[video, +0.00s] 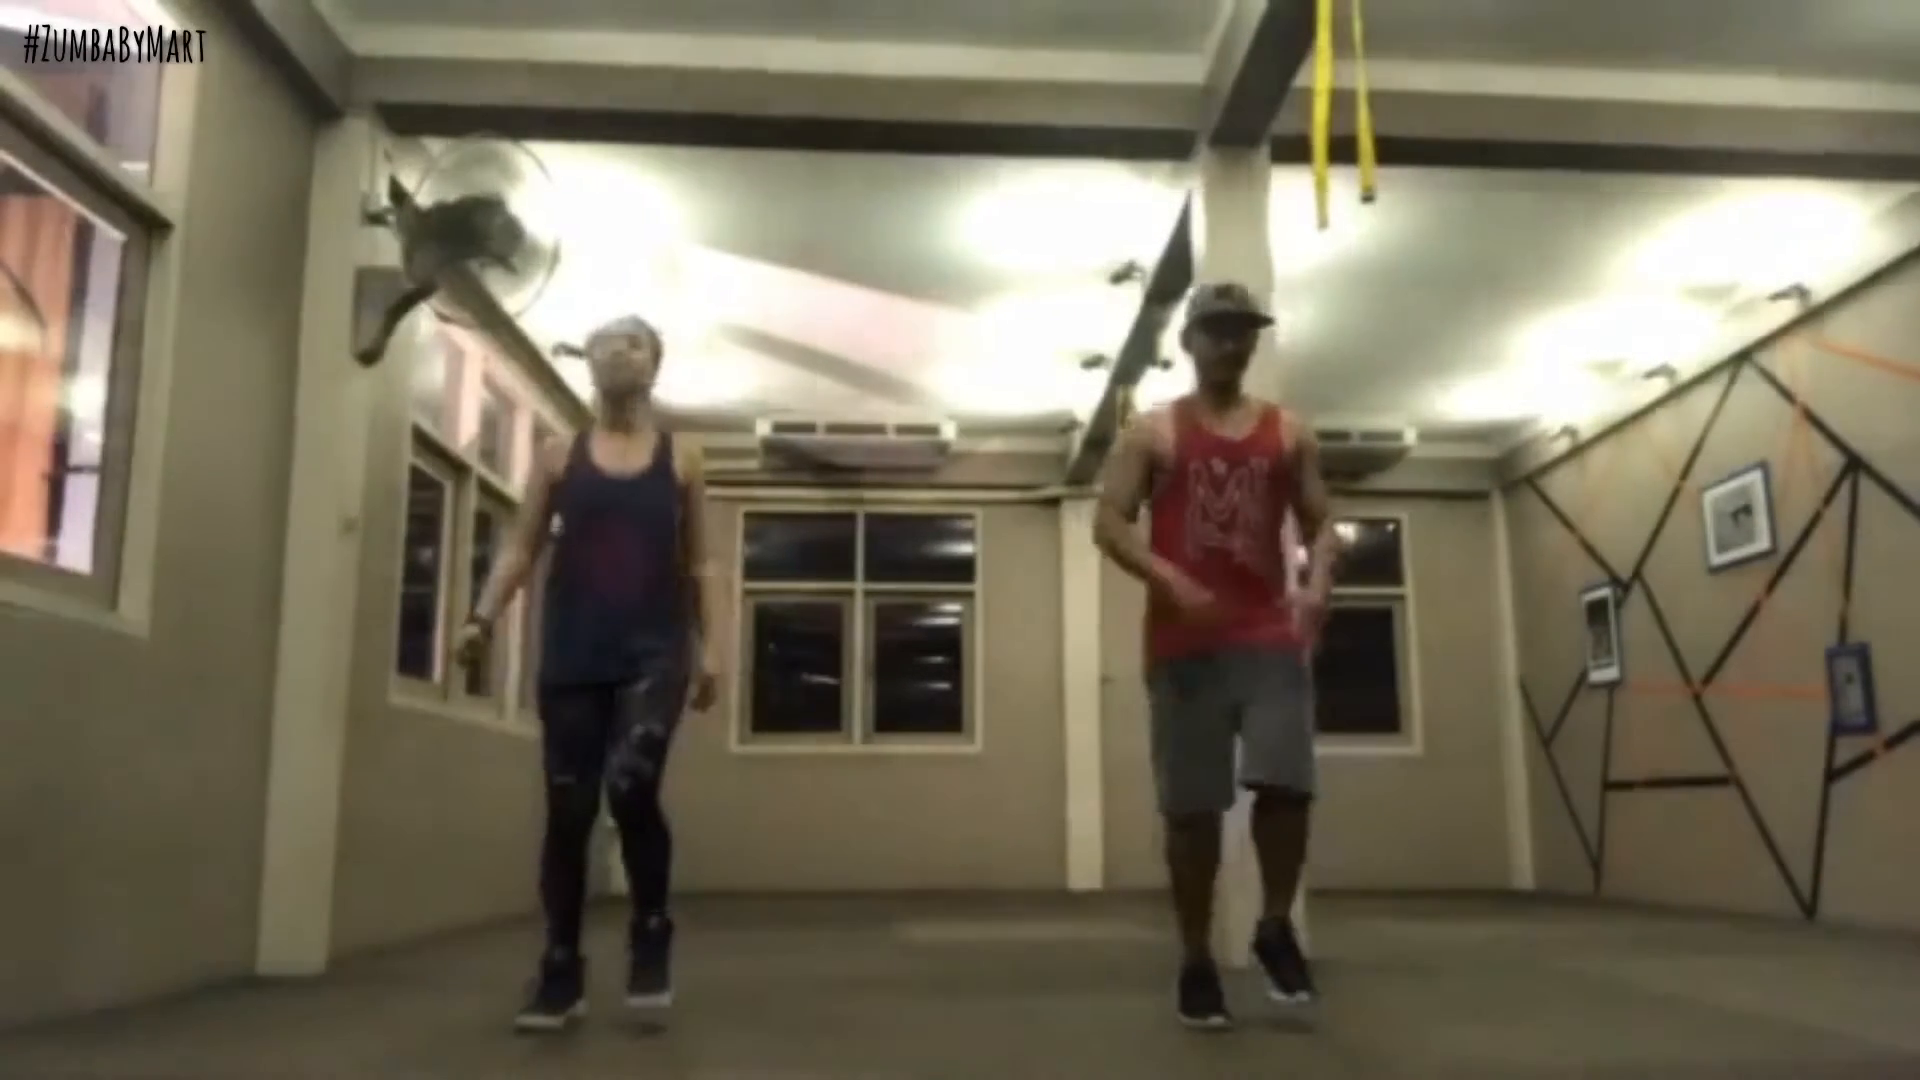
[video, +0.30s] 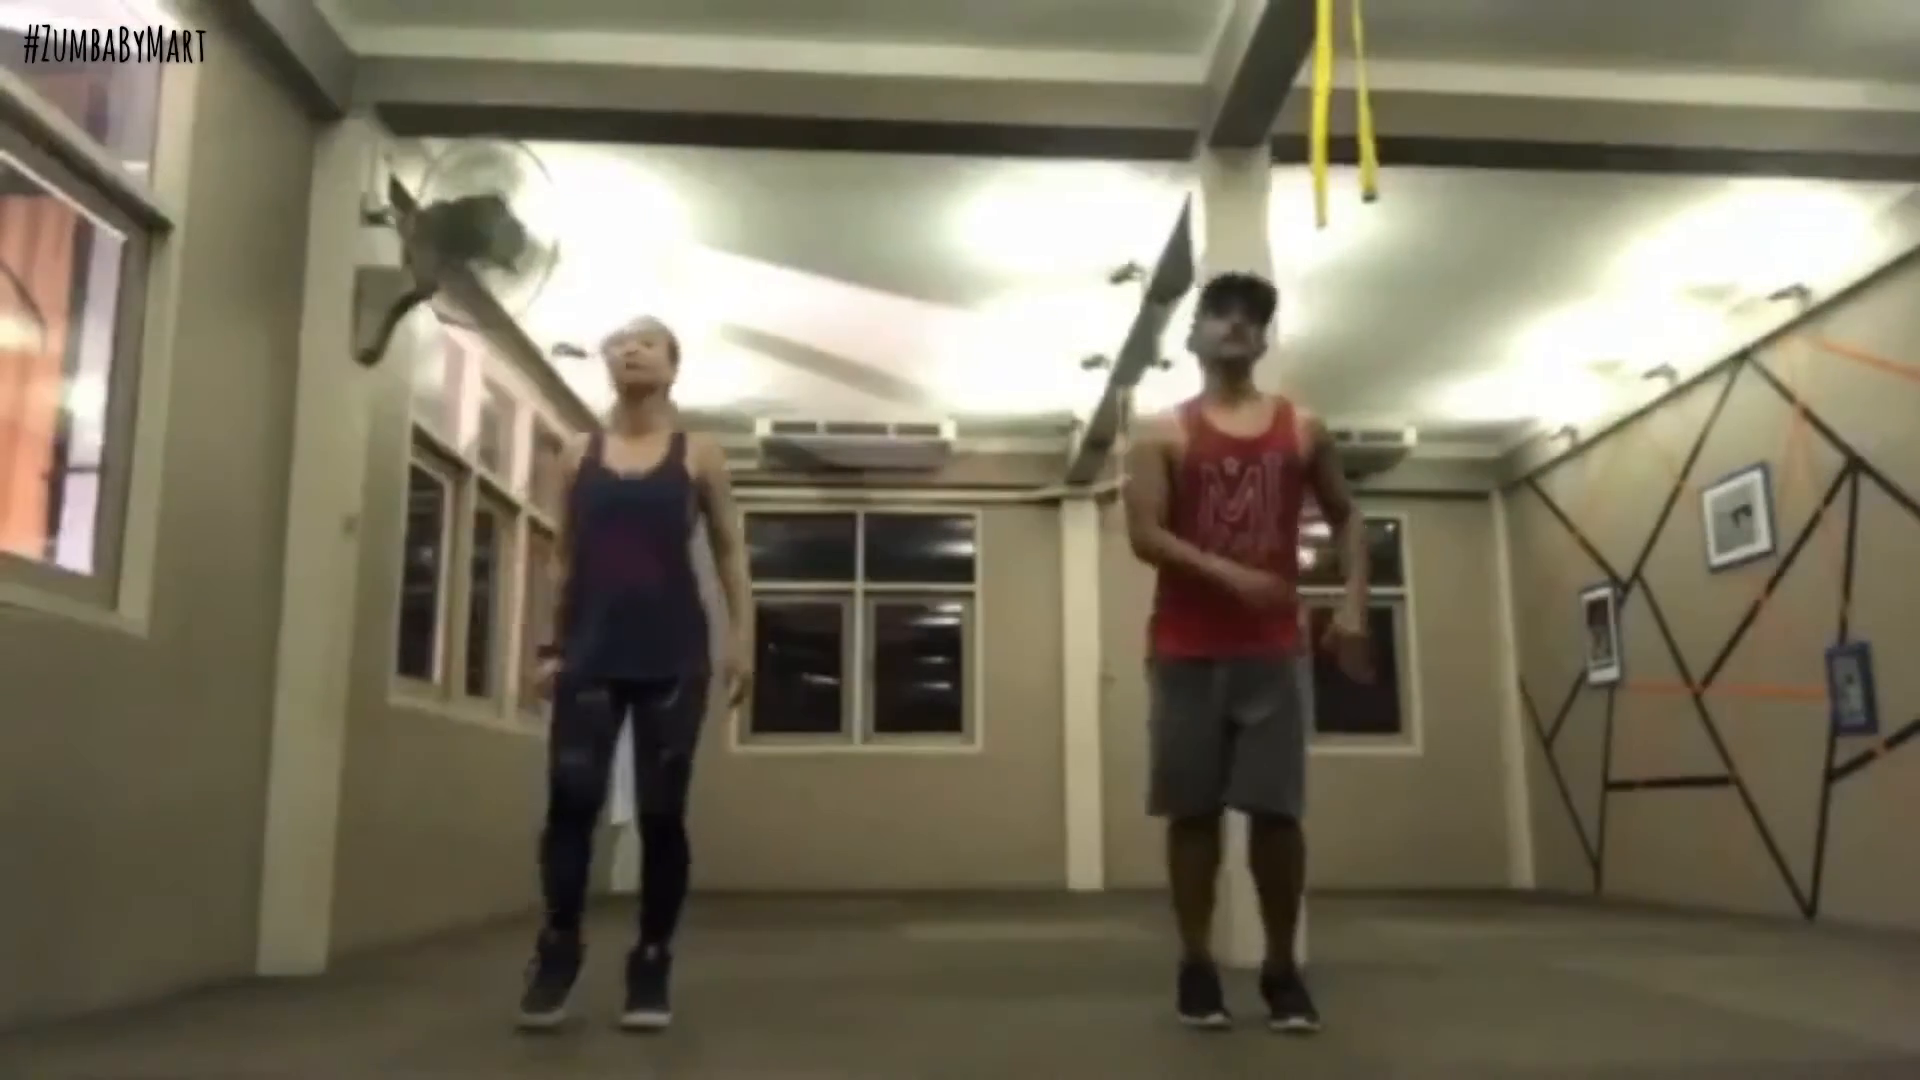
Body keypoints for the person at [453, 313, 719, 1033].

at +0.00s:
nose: (623, 354)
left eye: (636, 345)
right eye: (611, 344)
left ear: (655, 367)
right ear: (589, 365)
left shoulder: (680, 457)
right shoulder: (561, 455)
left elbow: (698, 564)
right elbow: (525, 547)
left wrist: (711, 653)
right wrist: (482, 619)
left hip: (655, 655)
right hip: (573, 656)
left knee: (629, 788)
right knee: (568, 811)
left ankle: (650, 939)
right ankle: (560, 969)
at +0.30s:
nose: (633, 353)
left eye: (648, 344)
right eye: (621, 344)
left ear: (673, 365)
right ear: (606, 366)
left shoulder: (699, 453)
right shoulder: (580, 456)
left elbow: (729, 552)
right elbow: (560, 558)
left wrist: (741, 638)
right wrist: (549, 646)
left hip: (674, 655)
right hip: (589, 654)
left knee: (661, 815)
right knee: (570, 808)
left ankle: (652, 965)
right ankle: (557, 956)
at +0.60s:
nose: (627, 361)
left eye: (642, 351)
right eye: (617, 350)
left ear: (668, 368)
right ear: (602, 365)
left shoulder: (694, 453)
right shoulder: (575, 455)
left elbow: (723, 544)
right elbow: (550, 551)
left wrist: (739, 615)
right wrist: (531, 640)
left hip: (667, 660)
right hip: (583, 658)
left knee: (660, 817)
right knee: (579, 814)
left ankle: (650, 968)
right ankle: (573, 966)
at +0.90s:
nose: (620, 357)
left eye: (636, 348)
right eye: (611, 347)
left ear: (659, 374)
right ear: (594, 366)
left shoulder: (681, 459)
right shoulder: (562, 454)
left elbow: (702, 561)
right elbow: (530, 548)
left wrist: (707, 653)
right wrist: (499, 627)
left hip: (655, 654)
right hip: (573, 653)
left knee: (638, 777)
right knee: (575, 812)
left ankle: (658, 925)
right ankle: (575, 963)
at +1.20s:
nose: (626, 362)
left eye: (642, 352)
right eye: (615, 352)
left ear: (666, 372)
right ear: (598, 370)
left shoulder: (691, 462)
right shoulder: (574, 463)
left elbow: (712, 566)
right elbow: (552, 562)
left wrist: (724, 655)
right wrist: (533, 643)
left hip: (662, 667)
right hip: (579, 666)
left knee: (647, 819)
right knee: (576, 819)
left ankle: (646, 966)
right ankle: (574, 965)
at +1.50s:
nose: (622, 359)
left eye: (637, 350)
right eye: (612, 349)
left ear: (662, 370)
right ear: (596, 368)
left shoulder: (688, 454)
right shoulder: (579, 457)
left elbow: (726, 543)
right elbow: (566, 550)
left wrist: (715, 614)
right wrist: (546, 629)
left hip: (660, 653)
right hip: (582, 652)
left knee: (656, 811)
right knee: (567, 795)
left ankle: (649, 962)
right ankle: (556, 942)